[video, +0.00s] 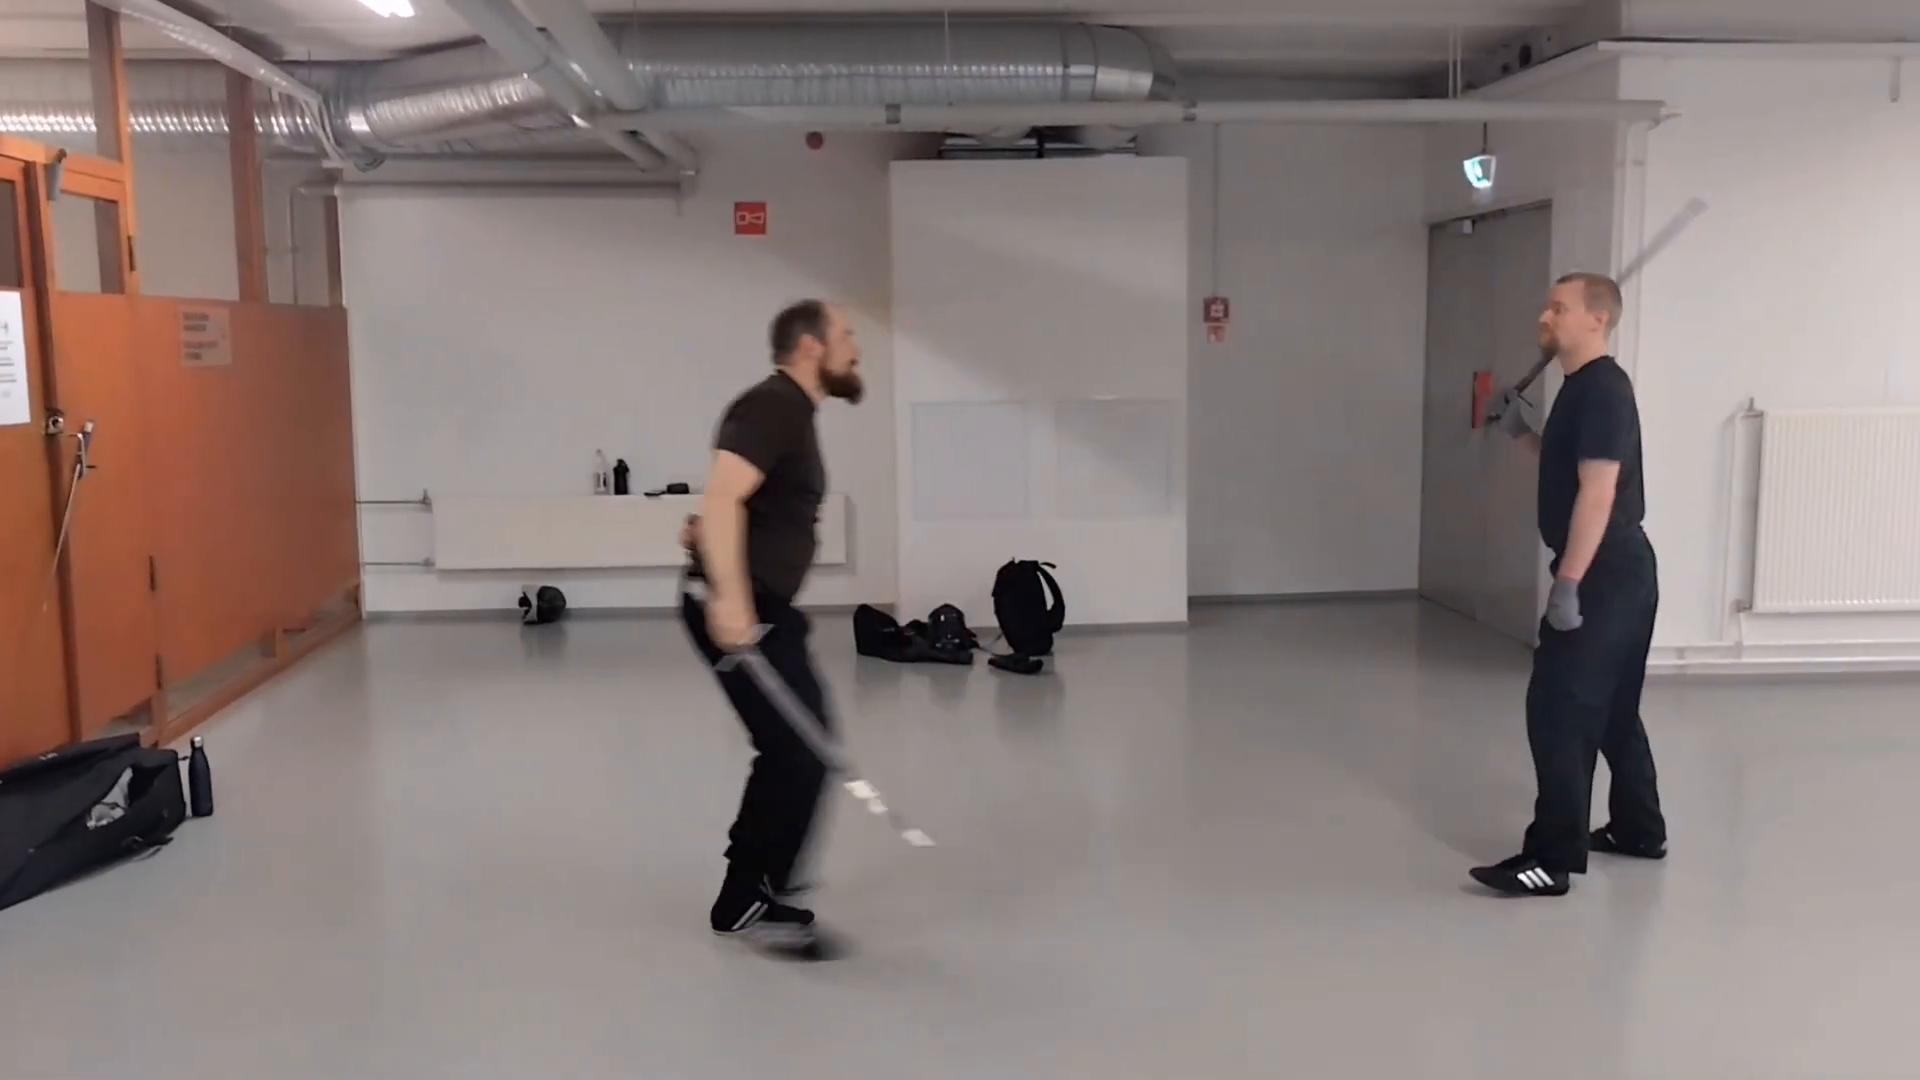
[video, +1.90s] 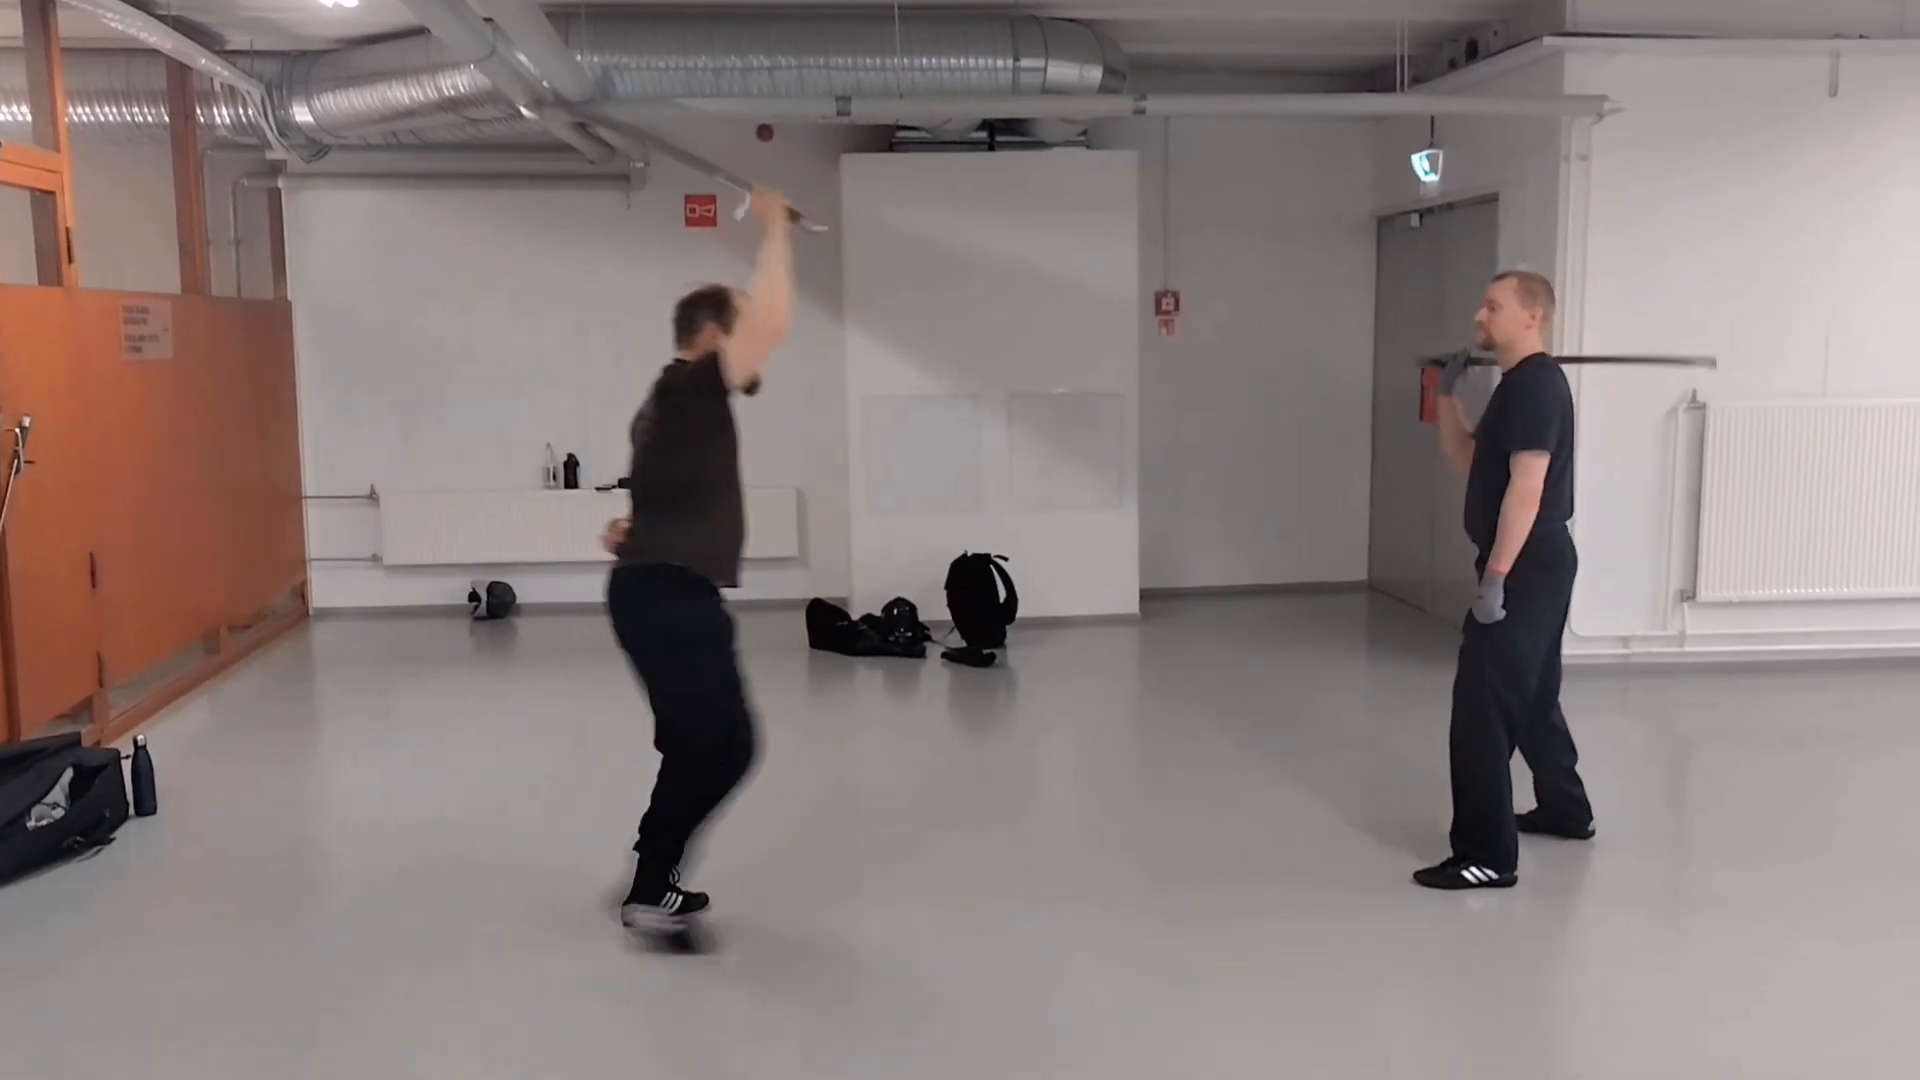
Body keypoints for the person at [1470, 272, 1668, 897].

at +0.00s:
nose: (1544, 318)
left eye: (1557, 308)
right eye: (1545, 308)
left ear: (1597, 321)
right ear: (1587, 323)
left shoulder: (1601, 386)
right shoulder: (1582, 386)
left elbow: (1598, 489)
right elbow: (1563, 475)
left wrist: (1567, 580)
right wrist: (1521, 430)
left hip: (1601, 571)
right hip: (1613, 566)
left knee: (1557, 708)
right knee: (1612, 706)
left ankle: (1553, 858)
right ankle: (1639, 828)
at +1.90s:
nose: (1480, 317)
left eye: (1492, 307)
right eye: (1482, 307)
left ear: (1532, 317)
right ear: (1526, 320)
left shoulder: (1536, 383)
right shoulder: (1520, 383)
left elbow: (1528, 488)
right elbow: (1470, 463)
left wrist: (1494, 575)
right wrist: (1446, 404)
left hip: (1523, 565)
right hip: (1531, 560)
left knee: (1477, 710)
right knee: (1530, 695)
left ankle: (1485, 858)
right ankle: (1565, 810)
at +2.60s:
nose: (1449, 312)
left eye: (1461, 302)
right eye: (1450, 302)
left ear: (1501, 311)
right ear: (1466, 314)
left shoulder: (1530, 383)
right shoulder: (1446, 375)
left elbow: (1539, 478)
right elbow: (1410, 431)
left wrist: (1507, 560)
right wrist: (1376, 452)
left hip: (1506, 548)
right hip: (1458, 546)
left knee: (1472, 681)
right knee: (1492, 676)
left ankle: (1481, 836)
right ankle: (1555, 787)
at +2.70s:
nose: (1423, 316)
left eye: (1437, 307)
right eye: (1425, 306)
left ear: (1476, 317)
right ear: (1450, 318)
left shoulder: (1510, 385)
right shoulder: (1421, 384)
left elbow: (1530, 481)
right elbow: (1407, 456)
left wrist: (1502, 564)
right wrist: (1381, 483)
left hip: (1494, 553)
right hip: (1444, 551)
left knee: (1453, 678)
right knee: (1482, 672)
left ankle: (1445, 832)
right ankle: (1549, 780)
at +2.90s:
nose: (1385, 313)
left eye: (1399, 304)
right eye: (1386, 303)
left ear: (1439, 316)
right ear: (1392, 314)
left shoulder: (1470, 390)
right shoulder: (1373, 378)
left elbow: (1499, 490)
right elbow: (1338, 449)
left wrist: (1466, 571)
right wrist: (1294, 467)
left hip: (1440, 560)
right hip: (1386, 557)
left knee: (1400, 685)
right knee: (1434, 675)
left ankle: (1419, 829)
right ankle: (1513, 751)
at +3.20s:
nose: (1280, 319)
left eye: (1294, 310)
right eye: (1282, 308)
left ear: (1334, 321)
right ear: (1297, 316)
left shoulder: (1361, 400)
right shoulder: (1255, 369)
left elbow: (1394, 501)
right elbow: (1165, 380)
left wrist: (1370, 588)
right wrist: (1074, 387)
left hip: (1324, 580)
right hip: (1257, 572)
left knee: (1362, 707)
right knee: (1197, 683)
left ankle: (1412, 826)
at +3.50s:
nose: (1128, 356)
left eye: (1143, 349)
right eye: (1131, 345)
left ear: (1183, 360)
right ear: (1137, 353)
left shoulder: (1211, 439)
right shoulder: (1101, 407)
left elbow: (1242, 528)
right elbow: (1029, 454)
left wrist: (1234, 614)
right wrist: (952, 494)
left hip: (1169, 613)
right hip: (1090, 605)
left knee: (1224, 728)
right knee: (1022, 702)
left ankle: (1305, 824)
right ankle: (1038, 839)